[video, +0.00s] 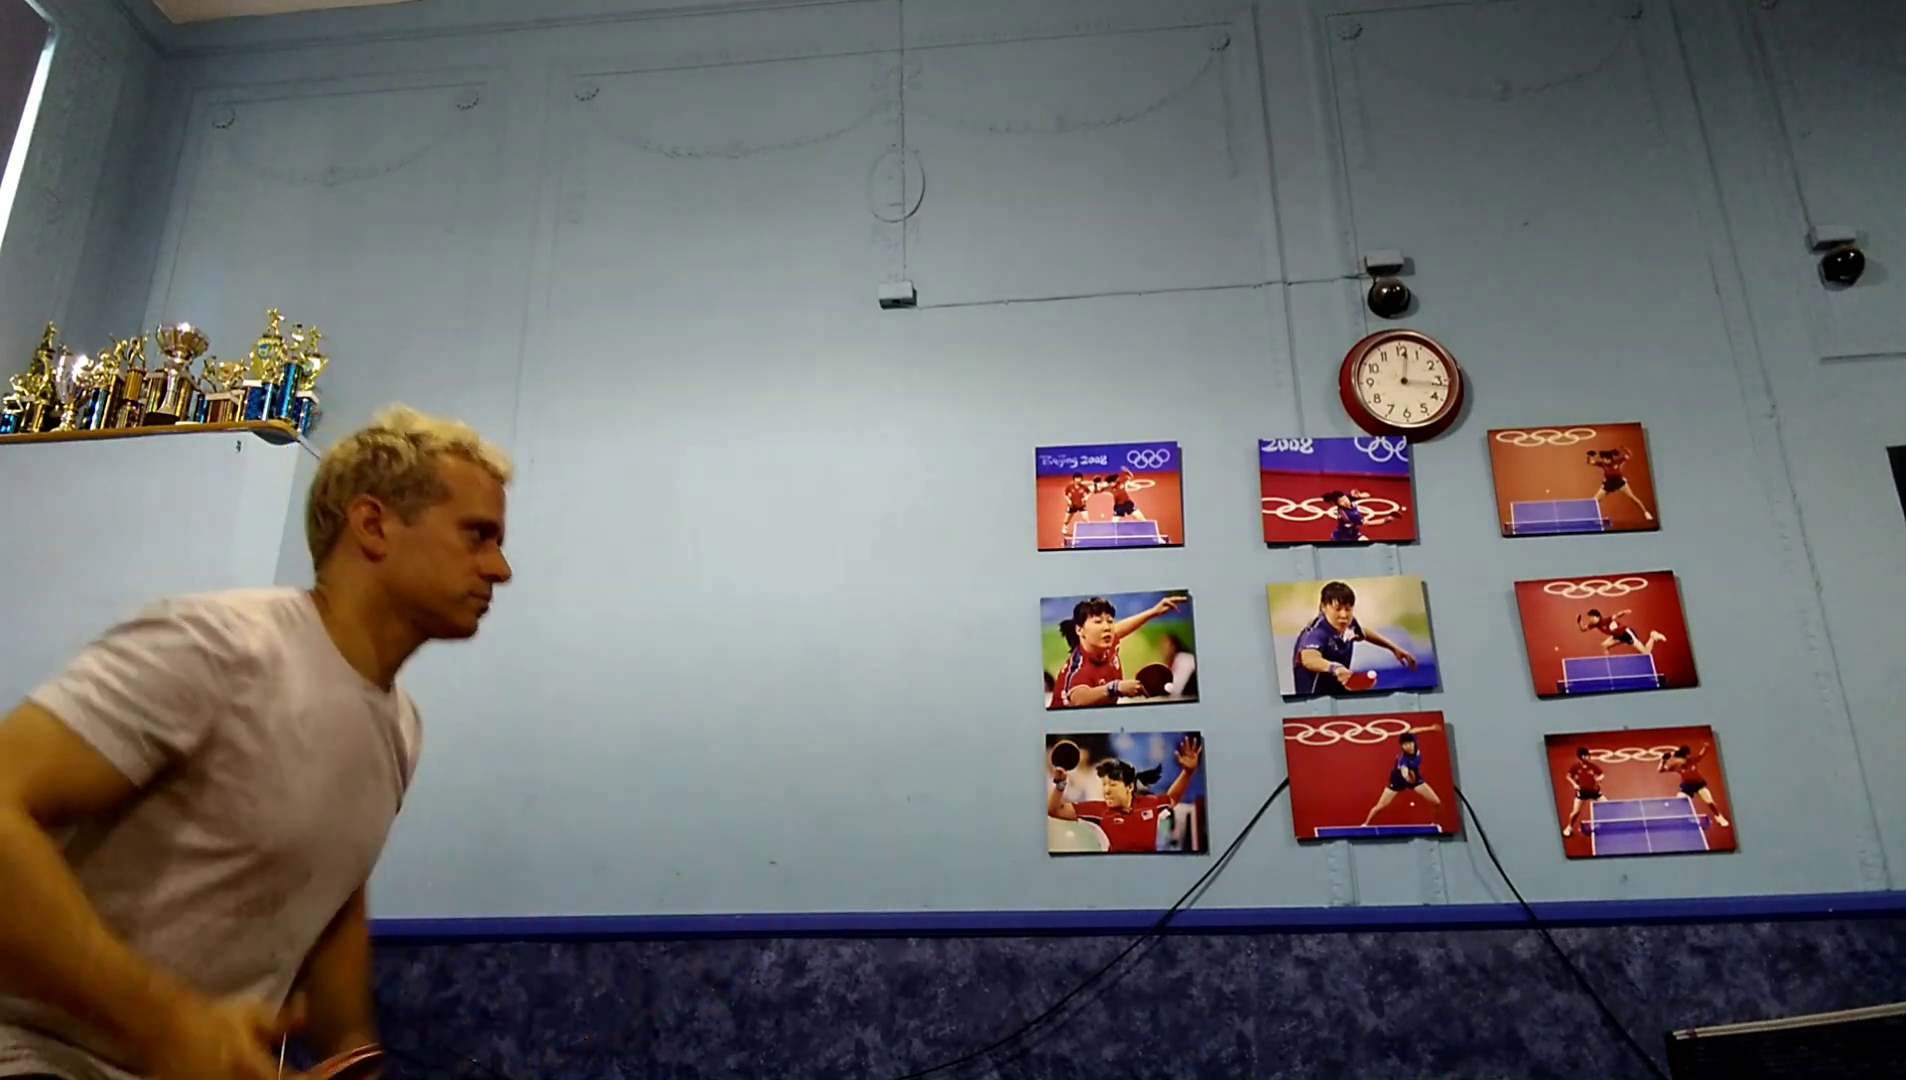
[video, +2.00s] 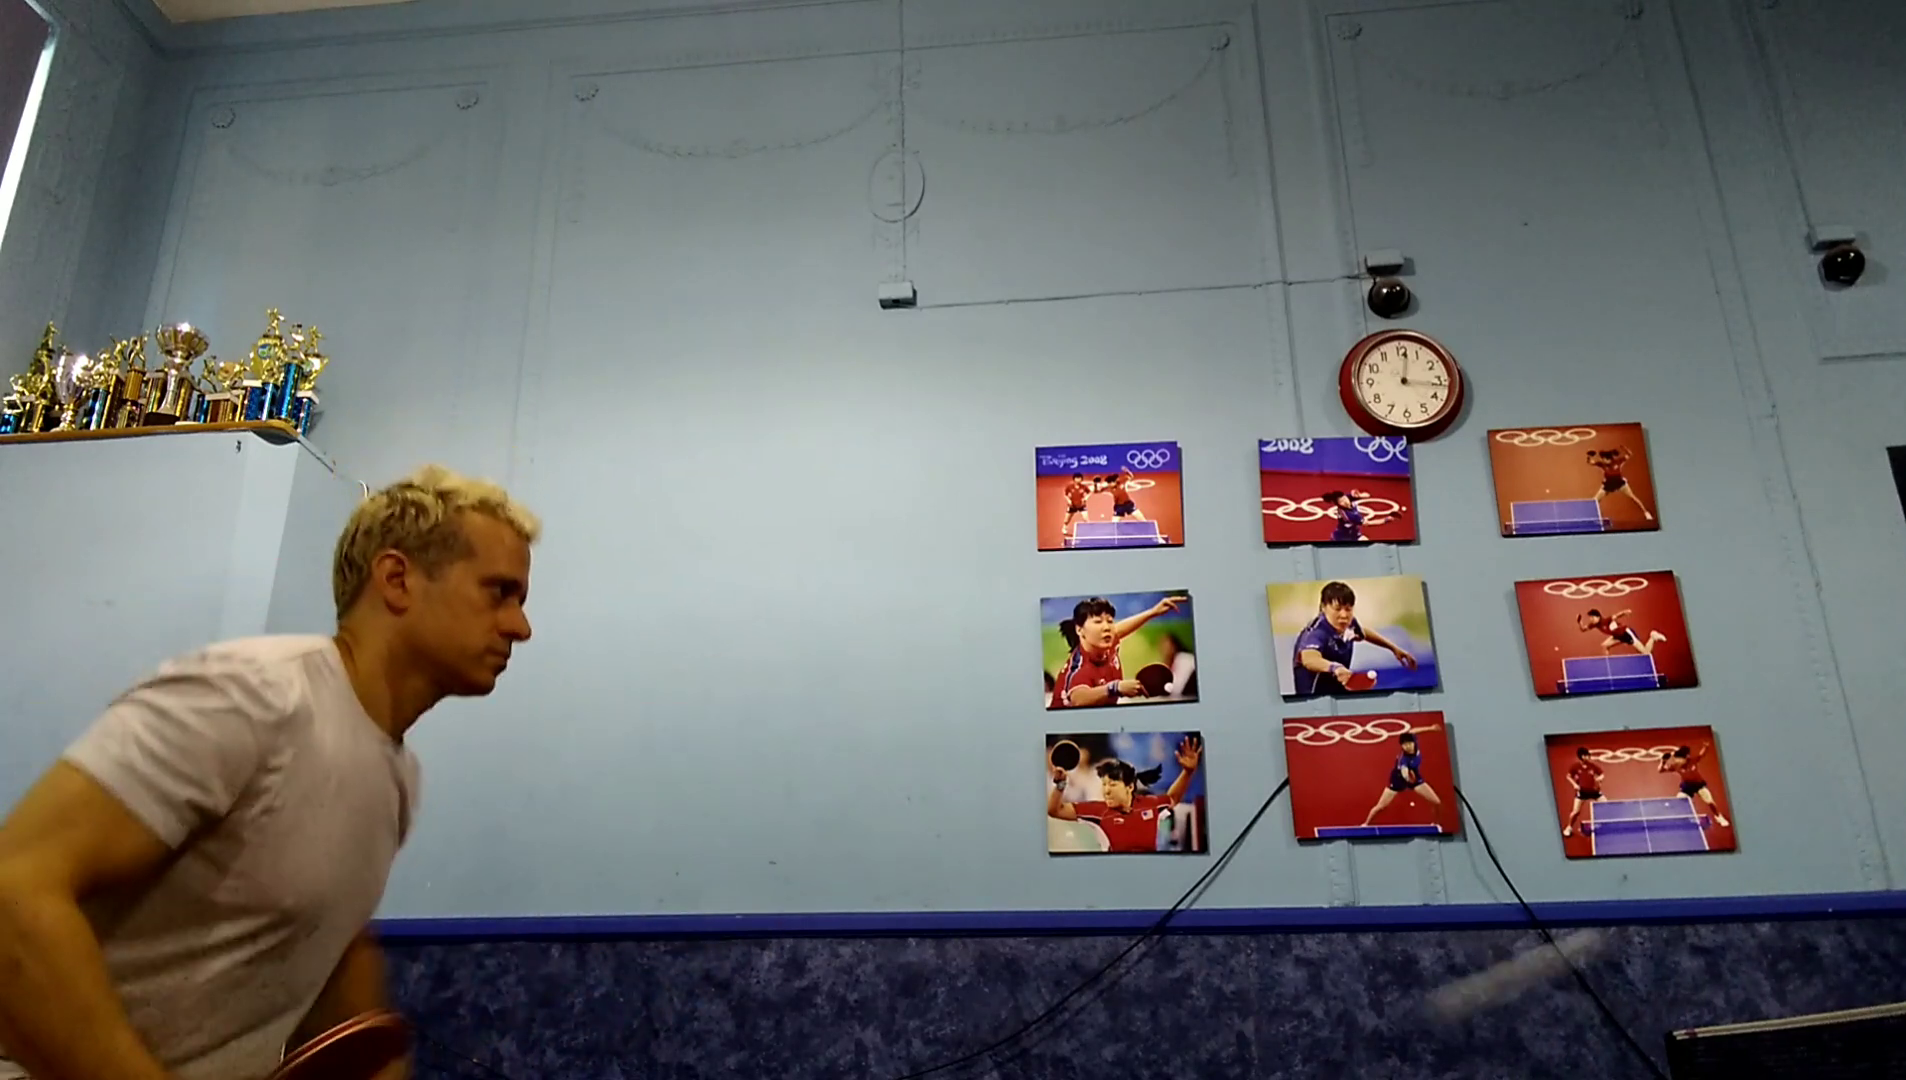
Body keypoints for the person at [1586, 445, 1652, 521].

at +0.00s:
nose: (1605, 461)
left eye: (1606, 460)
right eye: (1604, 460)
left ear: (1610, 459)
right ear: (1603, 459)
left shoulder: (1617, 461)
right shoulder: (1602, 464)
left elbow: (1629, 456)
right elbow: (1590, 463)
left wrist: (1624, 449)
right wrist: (1589, 457)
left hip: (1620, 482)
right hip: (1608, 483)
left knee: (1632, 497)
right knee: (1595, 499)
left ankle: (1645, 512)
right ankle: (1591, 519)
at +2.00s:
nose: (1605, 461)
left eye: (1606, 459)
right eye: (1603, 459)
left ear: (1610, 458)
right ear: (1602, 459)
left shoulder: (1618, 462)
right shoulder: (1602, 464)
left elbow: (1629, 456)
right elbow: (1590, 463)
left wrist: (1624, 449)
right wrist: (1589, 457)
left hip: (1620, 482)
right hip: (1608, 483)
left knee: (1632, 497)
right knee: (1595, 499)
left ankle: (1645, 512)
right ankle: (1590, 519)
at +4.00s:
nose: (1605, 461)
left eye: (1606, 459)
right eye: (1603, 460)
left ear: (1610, 458)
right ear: (1603, 459)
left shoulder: (1618, 462)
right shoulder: (1602, 464)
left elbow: (1629, 456)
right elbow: (1590, 463)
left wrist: (1624, 448)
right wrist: (1589, 457)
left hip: (1620, 482)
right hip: (1608, 483)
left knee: (1632, 497)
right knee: (1596, 499)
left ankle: (1645, 512)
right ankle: (1590, 518)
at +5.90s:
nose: (1605, 462)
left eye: (1606, 460)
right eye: (1603, 460)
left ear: (1610, 459)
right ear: (1603, 459)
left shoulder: (1618, 461)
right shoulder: (1602, 464)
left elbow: (1629, 456)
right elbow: (1590, 463)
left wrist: (1624, 448)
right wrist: (1589, 457)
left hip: (1620, 482)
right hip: (1608, 483)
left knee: (1632, 497)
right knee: (1595, 499)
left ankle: (1645, 512)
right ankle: (1592, 519)